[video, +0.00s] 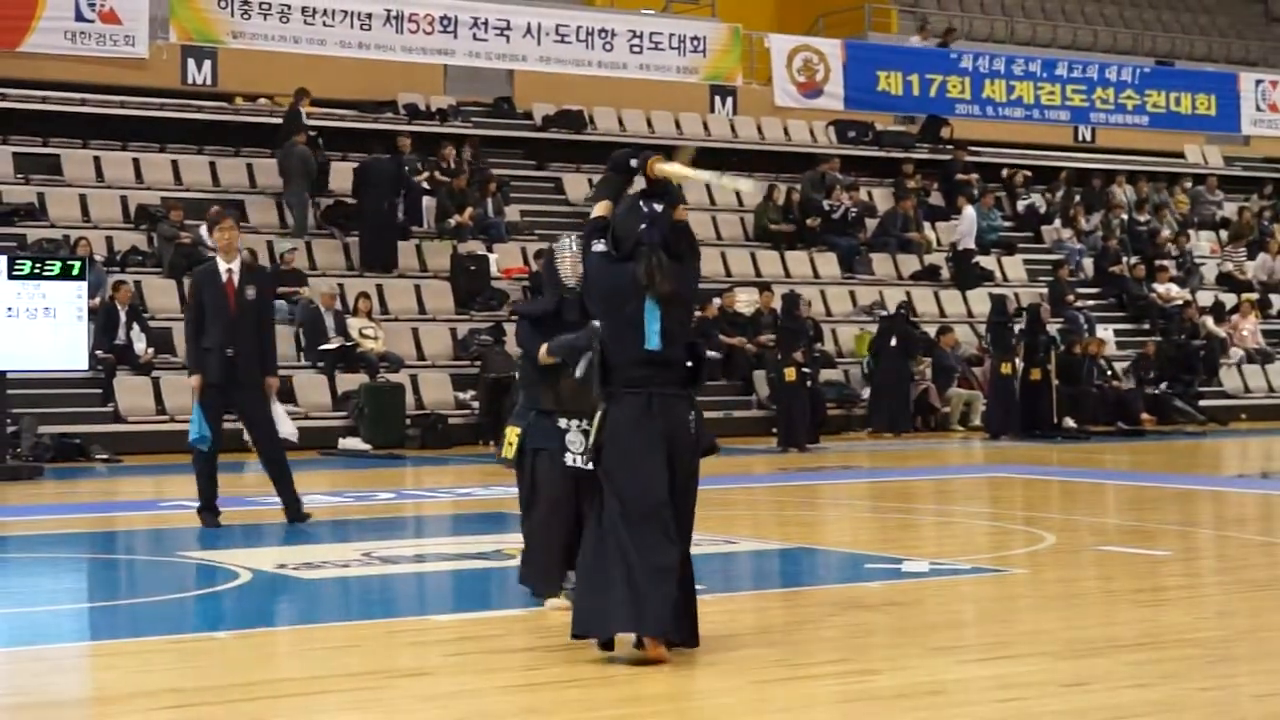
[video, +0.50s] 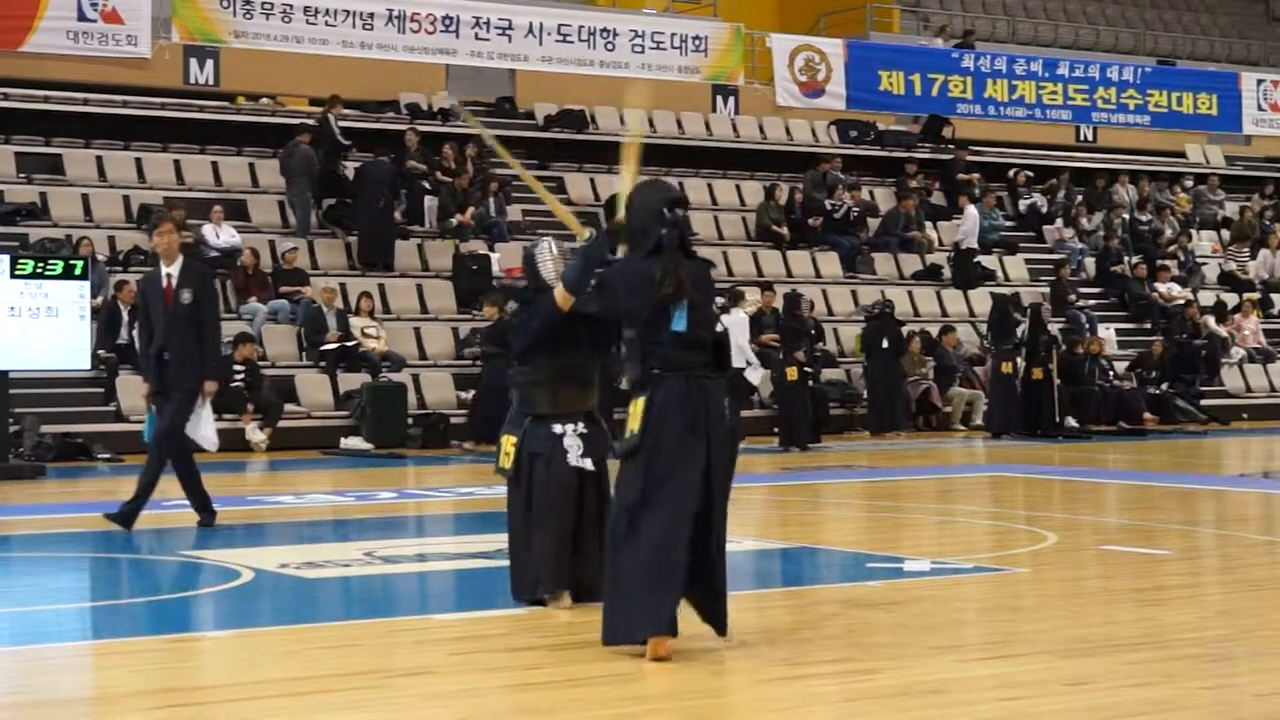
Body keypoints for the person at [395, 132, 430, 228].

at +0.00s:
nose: (405, 148)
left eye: (406, 145)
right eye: (402, 145)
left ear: (410, 144)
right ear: (398, 146)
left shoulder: (416, 157)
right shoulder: (395, 159)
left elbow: (427, 171)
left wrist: (418, 178)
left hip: (415, 188)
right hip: (400, 187)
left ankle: (415, 223)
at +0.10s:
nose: (404, 145)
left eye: (406, 142)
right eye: (402, 142)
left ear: (411, 142)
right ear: (399, 143)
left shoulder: (418, 157)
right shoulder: (396, 158)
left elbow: (426, 171)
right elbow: (396, 175)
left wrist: (419, 177)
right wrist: (411, 178)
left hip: (417, 185)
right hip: (401, 185)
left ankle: (414, 223)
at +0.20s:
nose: (404, 145)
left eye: (406, 142)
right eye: (402, 143)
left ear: (412, 140)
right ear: (400, 142)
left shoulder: (420, 154)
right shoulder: (398, 156)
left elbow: (427, 170)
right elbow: (397, 173)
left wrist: (413, 178)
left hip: (419, 182)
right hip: (403, 182)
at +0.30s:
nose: (407, 143)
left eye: (409, 140)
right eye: (404, 140)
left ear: (414, 140)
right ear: (402, 141)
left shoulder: (422, 154)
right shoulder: (398, 155)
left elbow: (427, 169)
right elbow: (396, 172)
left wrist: (414, 177)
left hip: (420, 182)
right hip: (403, 182)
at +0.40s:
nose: (408, 140)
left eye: (411, 137)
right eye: (406, 137)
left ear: (416, 139)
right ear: (403, 139)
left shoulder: (423, 154)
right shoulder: (400, 154)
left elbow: (429, 168)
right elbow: (395, 171)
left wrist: (415, 173)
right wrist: (406, 175)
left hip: (421, 181)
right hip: (403, 182)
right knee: (417, 187)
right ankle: (415, 222)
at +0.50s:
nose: (408, 138)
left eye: (411, 135)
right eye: (406, 135)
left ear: (417, 138)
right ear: (404, 138)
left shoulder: (425, 152)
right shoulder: (401, 153)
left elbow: (431, 169)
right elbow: (398, 169)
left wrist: (414, 165)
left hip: (421, 180)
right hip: (405, 180)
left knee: (417, 189)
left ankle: (416, 222)